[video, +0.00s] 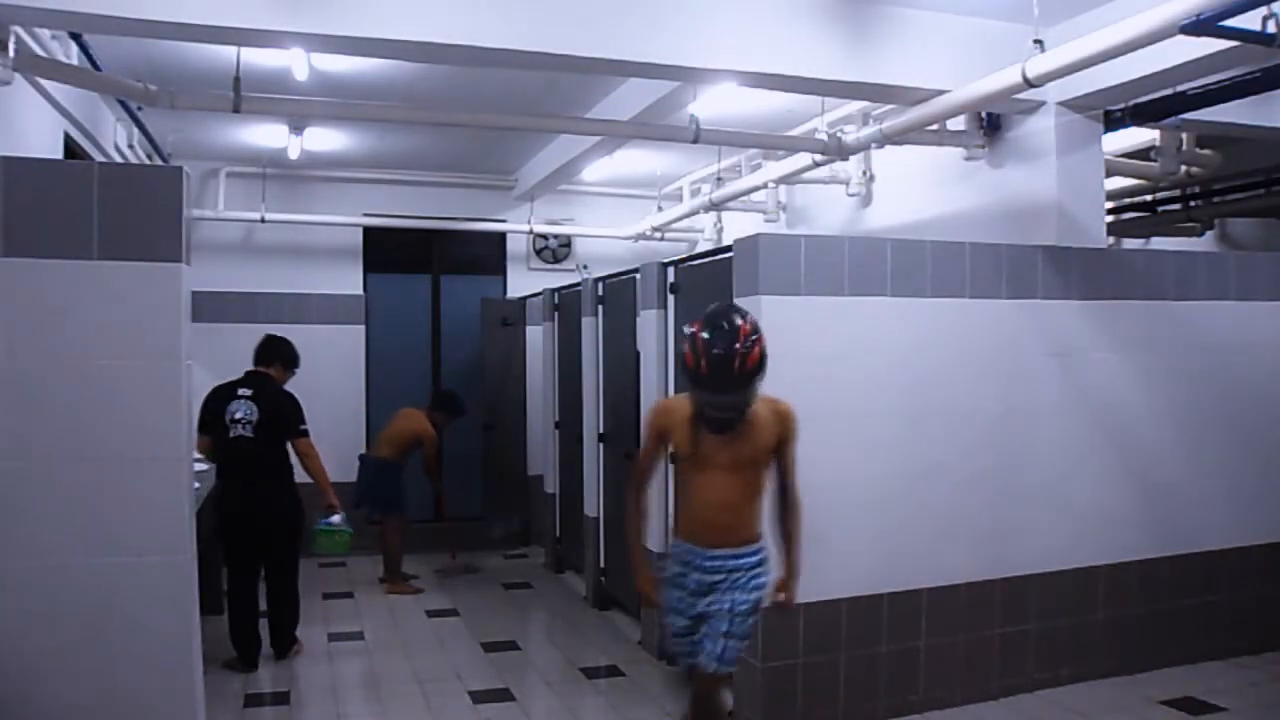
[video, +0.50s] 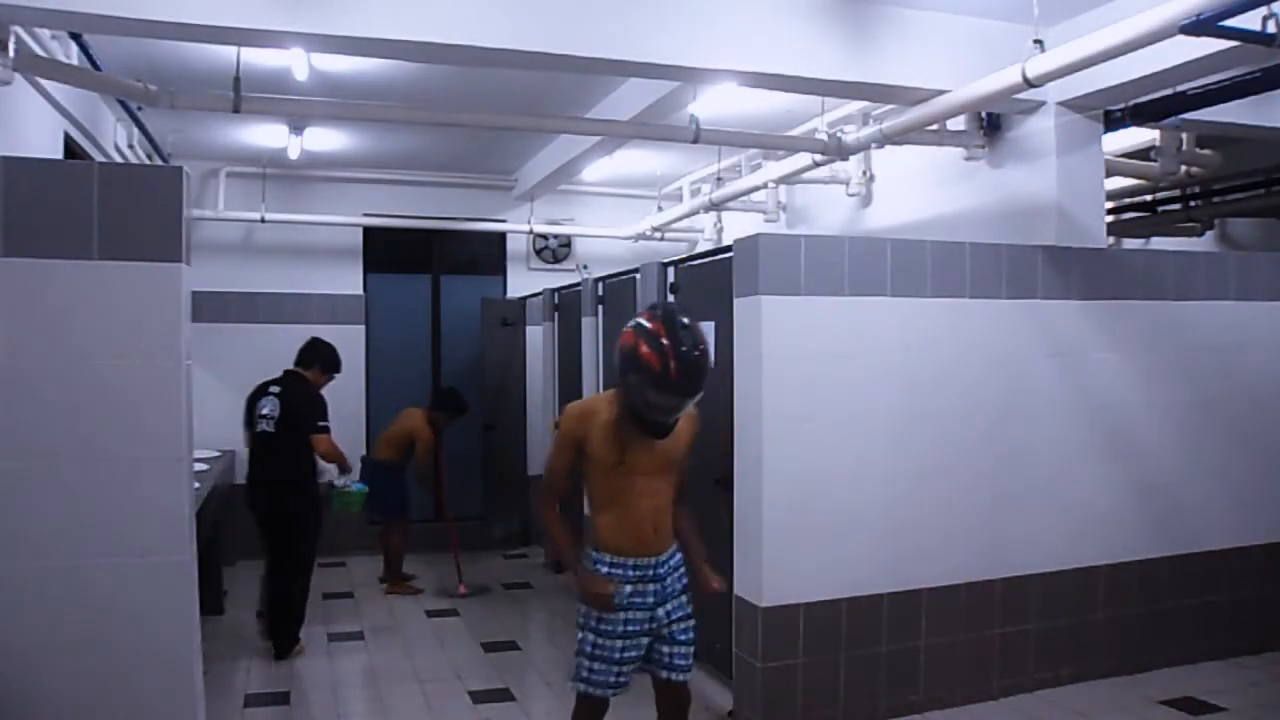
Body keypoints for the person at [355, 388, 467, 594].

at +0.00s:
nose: (446, 424)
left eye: (449, 419)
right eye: (447, 418)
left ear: (433, 407)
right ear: (440, 414)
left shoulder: (407, 413)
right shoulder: (427, 432)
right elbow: (430, 467)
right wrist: (437, 487)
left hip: (371, 465)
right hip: (386, 470)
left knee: (388, 522)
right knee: (395, 524)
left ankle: (390, 572)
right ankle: (394, 580)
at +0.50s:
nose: (449, 424)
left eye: (451, 419)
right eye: (450, 418)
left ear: (435, 407)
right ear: (442, 413)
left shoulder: (414, 414)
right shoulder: (424, 431)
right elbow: (423, 471)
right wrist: (437, 497)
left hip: (377, 465)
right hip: (387, 470)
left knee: (392, 523)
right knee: (397, 524)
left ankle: (392, 572)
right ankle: (393, 579)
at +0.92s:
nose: (447, 423)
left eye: (449, 418)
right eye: (447, 418)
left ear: (432, 408)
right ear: (439, 413)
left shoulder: (412, 416)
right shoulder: (422, 430)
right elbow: (420, 467)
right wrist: (434, 495)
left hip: (376, 465)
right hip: (386, 471)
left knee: (382, 526)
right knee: (393, 527)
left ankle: (382, 572)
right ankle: (393, 579)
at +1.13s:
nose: (440, 418)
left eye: (442, 414)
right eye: (439, 413)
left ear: (423, 404)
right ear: (432, 410)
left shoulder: (399, 414)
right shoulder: (419, 428)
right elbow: (422, 461)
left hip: (373, 467)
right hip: (386, 473)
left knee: (387, 527)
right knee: (393, 528)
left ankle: (390, 574)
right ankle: (392, 578)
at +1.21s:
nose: (438, 418)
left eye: (440, 412)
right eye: (438, 412)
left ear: (421, 403)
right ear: (431, 409)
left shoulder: (396, 413)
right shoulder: (419, 429)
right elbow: (424, 465)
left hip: (372, 471)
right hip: (388, 479)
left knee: (383, 529)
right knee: (395, 530)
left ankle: (383, 576)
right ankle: (396, 579)